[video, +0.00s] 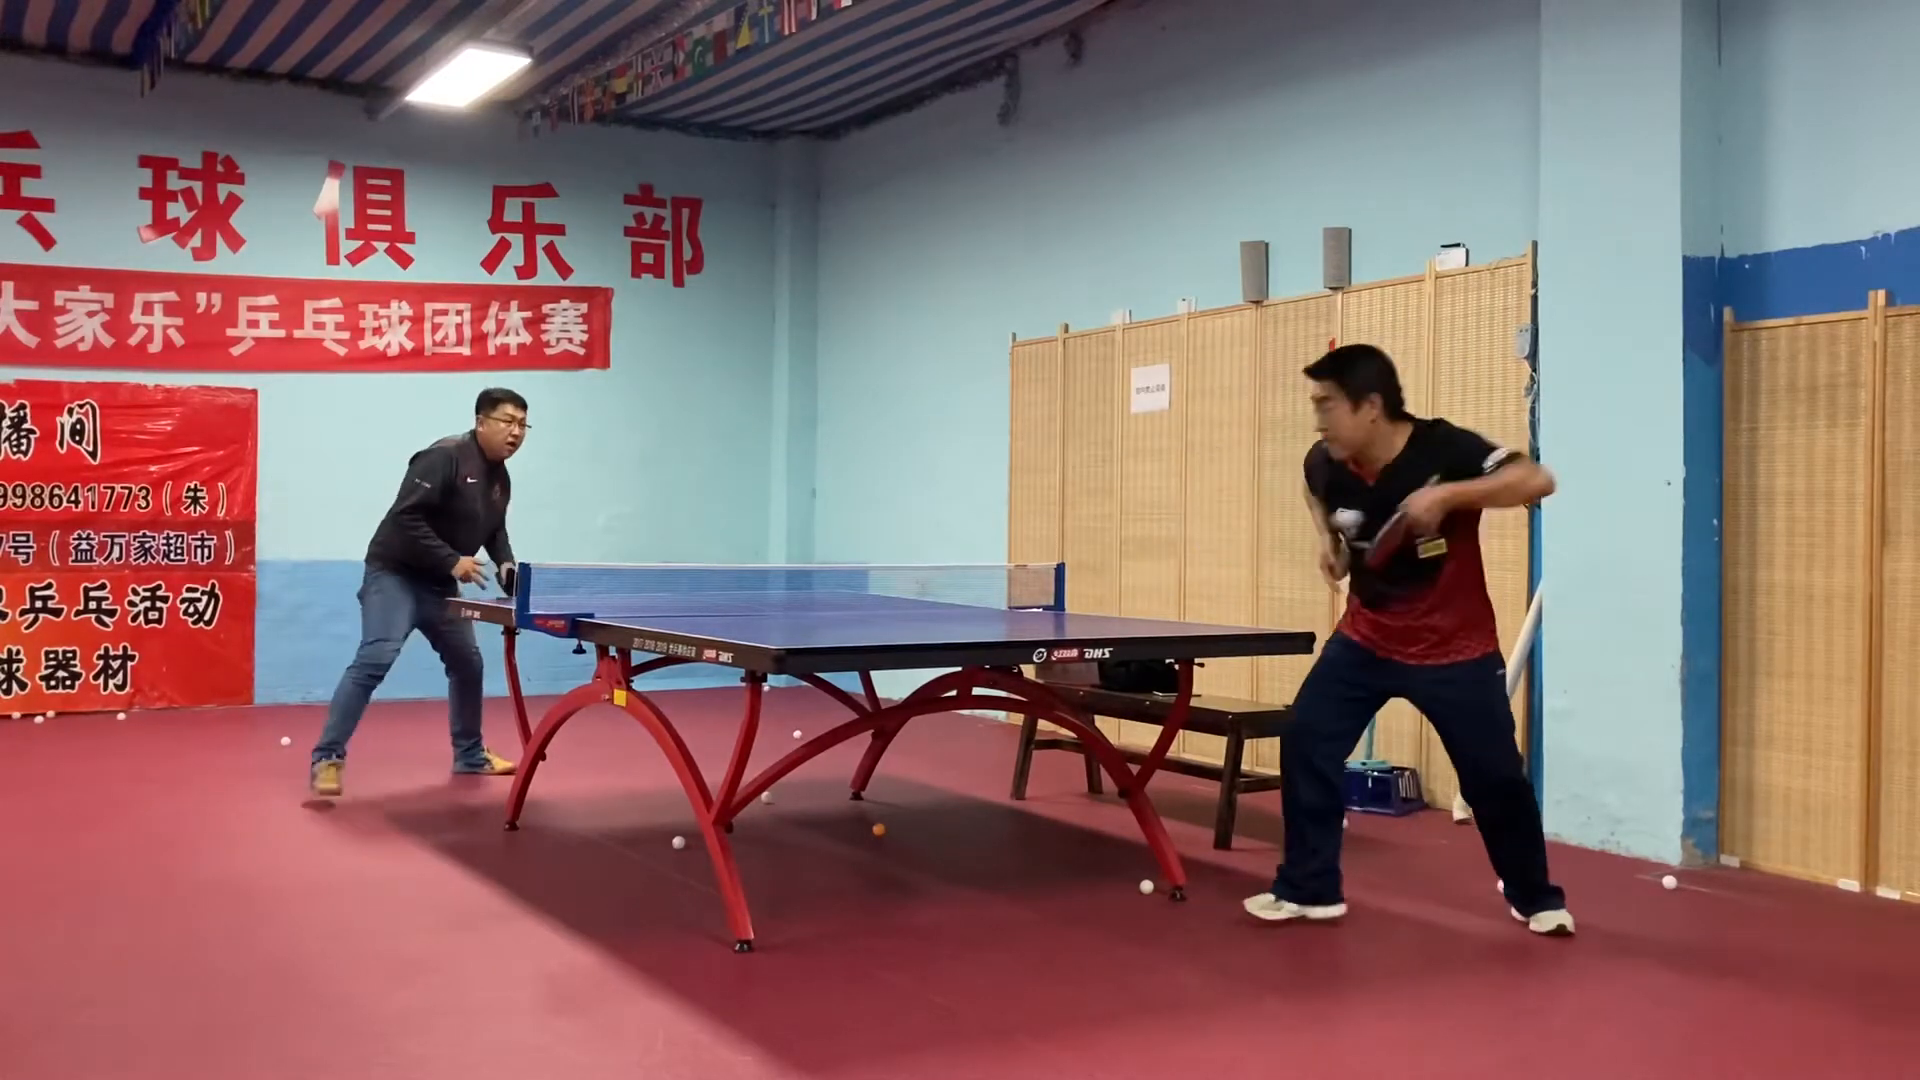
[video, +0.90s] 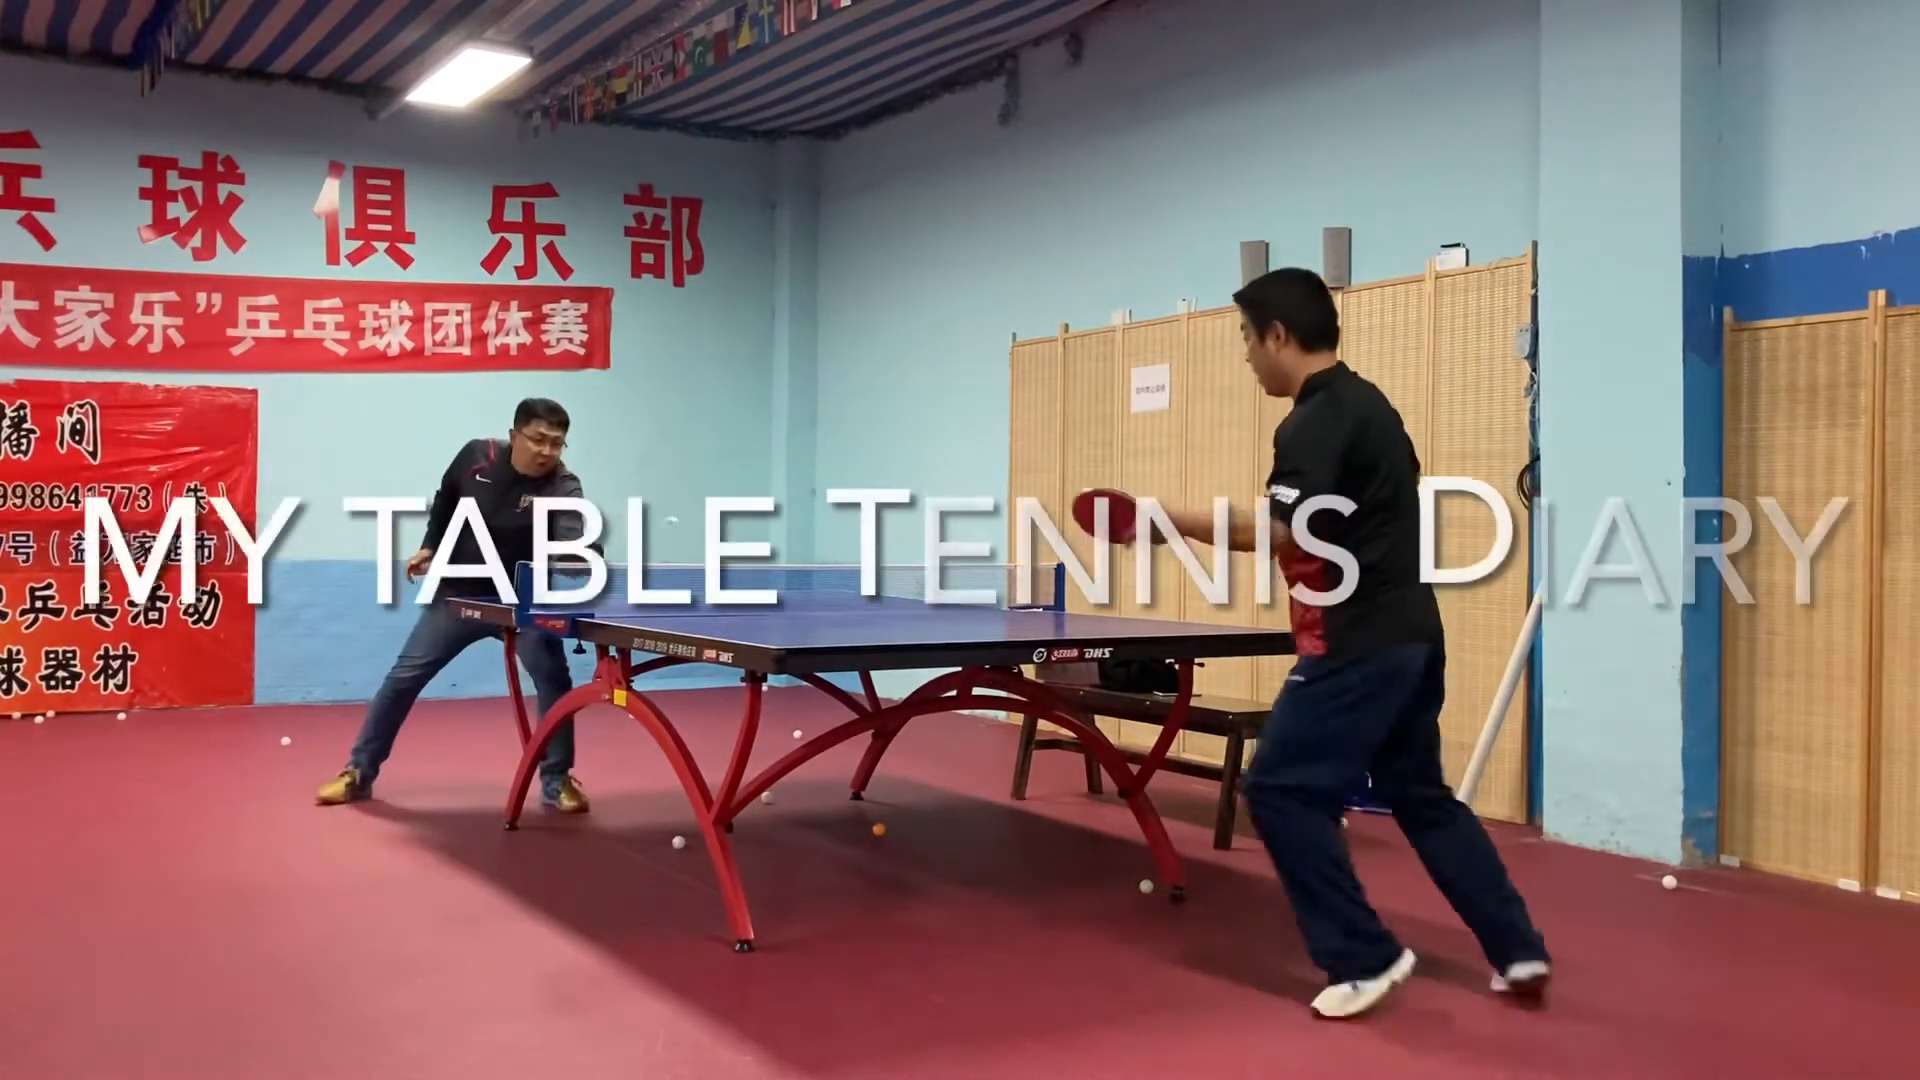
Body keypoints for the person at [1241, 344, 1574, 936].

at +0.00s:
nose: (1318, 419)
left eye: (1327, 405)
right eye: (1315, 406)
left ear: (1371, 407)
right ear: (1361, 409)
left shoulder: (1443, 446)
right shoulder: (1326, 465)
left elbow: (1537, 480)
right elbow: (1316, 493)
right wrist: (1329, 539)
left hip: (1454, 648)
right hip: (1366, 641)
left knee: (1496, 777)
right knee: (1307, 742)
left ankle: (1537, 897)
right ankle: (1310, 888)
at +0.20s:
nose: (1221, 444)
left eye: (1223, 430)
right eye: (1219, 431)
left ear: (1254, 427)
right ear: (1261, 426)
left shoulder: (1350, 464)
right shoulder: (1288, 483)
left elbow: (1421, 526)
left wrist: (1349, 522)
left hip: (1416, 653)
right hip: (1347, 650)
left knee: (1440, 789)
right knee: (1294, 752)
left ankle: (1533, 886)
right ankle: (1300, 899)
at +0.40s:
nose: (1208, 420)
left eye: (1208, 405)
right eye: (1206, 406)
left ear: (1234, 403)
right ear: (1253, 398)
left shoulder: (1327, 449)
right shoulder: (1281, 465)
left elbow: (1359, 532)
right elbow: (1337, 548)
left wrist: (1262, 511)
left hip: (1404, 643)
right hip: (1343, 646)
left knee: (1367, 773)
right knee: (1296, 763)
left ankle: (1456, 932)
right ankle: (1301, 900)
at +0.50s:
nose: (1222, 404)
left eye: (1223, 389)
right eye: (1221, 389)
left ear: (1248, 386)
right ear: (1268, 383)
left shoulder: (1330, 445)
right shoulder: (1293, 449)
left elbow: (1312, 546)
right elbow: (1318, 539)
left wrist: (1223, 506)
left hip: (1394, 649)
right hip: (1343, 648)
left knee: (1368, 786)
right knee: (1297, 768)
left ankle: (1391, 972)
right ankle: (1300, 900)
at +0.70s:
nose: (1244, 370)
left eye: (1244, 354)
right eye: (1243, 355)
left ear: (1269, 351)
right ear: (1314, 346)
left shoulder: (1322, 426)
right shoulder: (1340, 409)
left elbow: (1291, 546)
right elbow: (1312, 535)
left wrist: (1187, 516)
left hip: (1382, 643)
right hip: (1388, 636)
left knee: (1338, 791)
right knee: (1347, 781)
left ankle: (1383, 978)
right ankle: (1386, 913)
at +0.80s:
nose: (1244, 346)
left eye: (1246, 329)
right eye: (1244, 330)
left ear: (1273, 328)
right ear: (1311, 326)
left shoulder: (1316, 411)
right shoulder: (1365, 389)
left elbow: (1292, 533)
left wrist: (1201, 523)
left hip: (1367, 641)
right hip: (1408, 630)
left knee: (1339, 793)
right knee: (1378, 778)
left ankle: (1382, 978)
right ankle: (1458, 922)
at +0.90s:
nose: (1251, 360)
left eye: (1251, 344)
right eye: (1248, 346)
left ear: (1280, 337)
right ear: (1321, 334)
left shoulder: (1310, 425)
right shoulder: (1368, 404)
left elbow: (1278, 534)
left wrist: (1166, 519)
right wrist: (1181, 523)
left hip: (1355, 651)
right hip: (1412, 642)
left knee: (1281, 790)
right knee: (1418, 794)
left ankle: (1365, 959)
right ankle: (1519, 951)